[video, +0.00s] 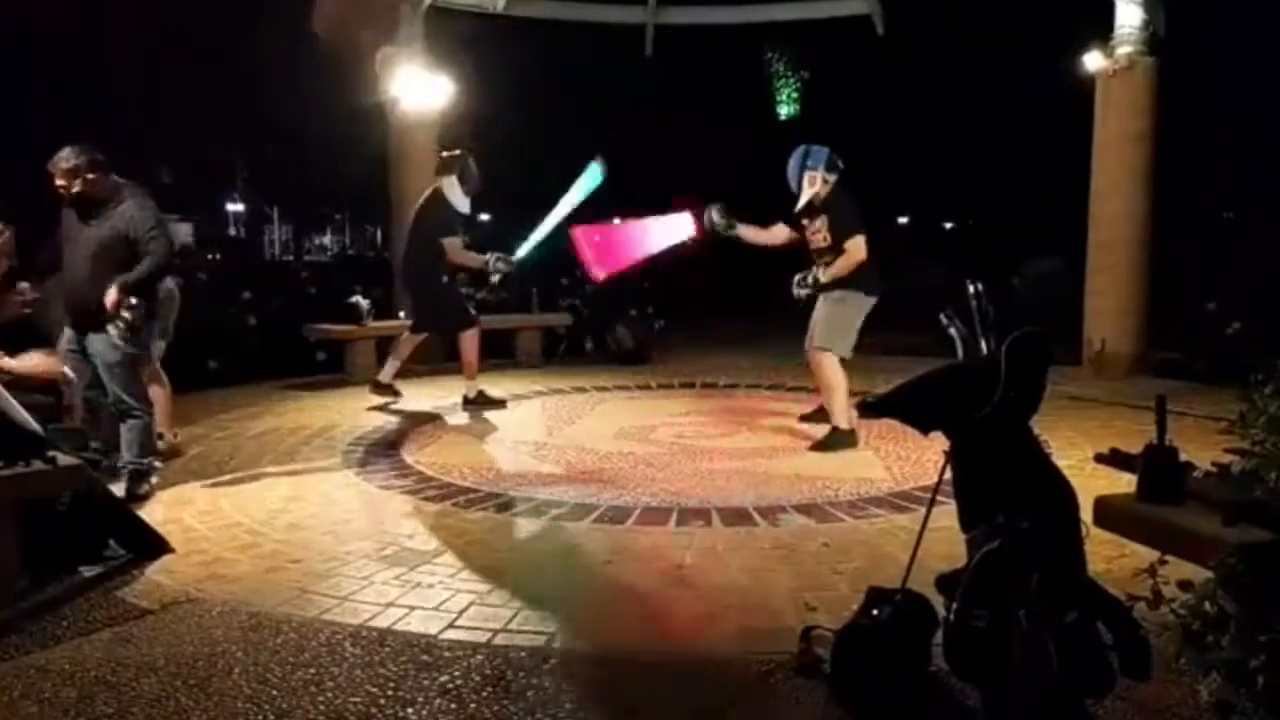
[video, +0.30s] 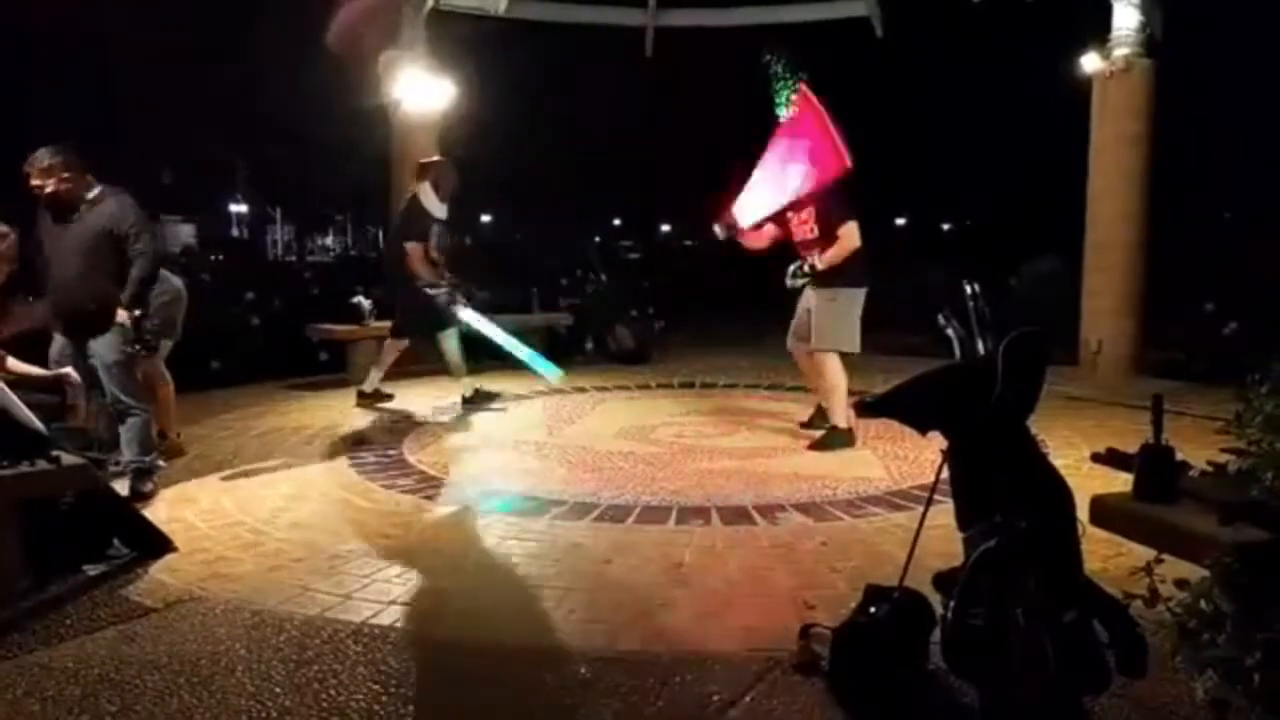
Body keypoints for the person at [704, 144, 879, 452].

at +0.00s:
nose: (803, 186)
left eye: (808, 179)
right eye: (802, 180)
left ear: (821, 178)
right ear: (802, 179)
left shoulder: (841, 206)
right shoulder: (806, 211)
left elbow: (857, 253)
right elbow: (771, 236)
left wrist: (819, 277)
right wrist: (732, 227)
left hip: (853, 287)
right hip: (832, 288)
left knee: (823, 352)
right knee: (814, 350)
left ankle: (843, 427)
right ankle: (831, 404)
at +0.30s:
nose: (791, 174)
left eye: (794, 166)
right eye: (787, 168)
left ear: (806, 166)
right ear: (783, 173)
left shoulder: (830, 197)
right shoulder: (787, 206)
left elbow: (851, 240)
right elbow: (763, 239)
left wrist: (815, 263)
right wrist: (737, 232)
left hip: (841, 285)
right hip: (815, 284)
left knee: (824, 350)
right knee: (799, 345)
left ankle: (841, 425)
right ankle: (828, 404)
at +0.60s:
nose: (774, 186)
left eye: (780, 179)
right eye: (770, 179)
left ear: (792, 179)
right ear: (764, 179)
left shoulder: (806, 207)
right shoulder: (770, 212)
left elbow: (838, 238)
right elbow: (745, 233)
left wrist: (833, 281)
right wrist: (719, 246)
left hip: (818, 292)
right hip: (791, 294)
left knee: (824, 354)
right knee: (779, 347)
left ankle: (840, 425)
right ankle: (773, 406)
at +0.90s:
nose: (756, 183)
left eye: (760, 176)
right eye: (755, 177)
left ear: (774, 173)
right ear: (756, 175)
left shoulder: (793, 200)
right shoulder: (763, 200)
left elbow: (823, 230)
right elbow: (738, 197)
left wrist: (829, 269)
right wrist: (713, 178)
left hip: (816, 289)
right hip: (788, 289)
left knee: (830, 348)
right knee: (780, 348)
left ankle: (858, 405)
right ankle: (773, 406)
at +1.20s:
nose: (786, 192)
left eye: (790, 185)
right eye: (782, 186)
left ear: (801, 183)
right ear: (776, 185)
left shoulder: (818, 209)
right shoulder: (785, 214)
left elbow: (839, 248)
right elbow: (785, 253)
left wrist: (816, 280)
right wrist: (759, 236)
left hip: (833, 294)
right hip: (796, 292)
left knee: (843, 355)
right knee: (772, 341)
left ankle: (873, 399)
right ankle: (772, 405)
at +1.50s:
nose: (817, 182)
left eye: (821, 175)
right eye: (815, 175)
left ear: (832, 173)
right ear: (813, 174)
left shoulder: (845, 200)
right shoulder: (821, 203)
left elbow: (861, 242)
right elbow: (826, 249)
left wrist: (831, 268)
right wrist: (792, 260)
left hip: (854, 287)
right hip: (824, 285)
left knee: (857, 349)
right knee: (799, 335)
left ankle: (879, 401)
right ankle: (788, 400)